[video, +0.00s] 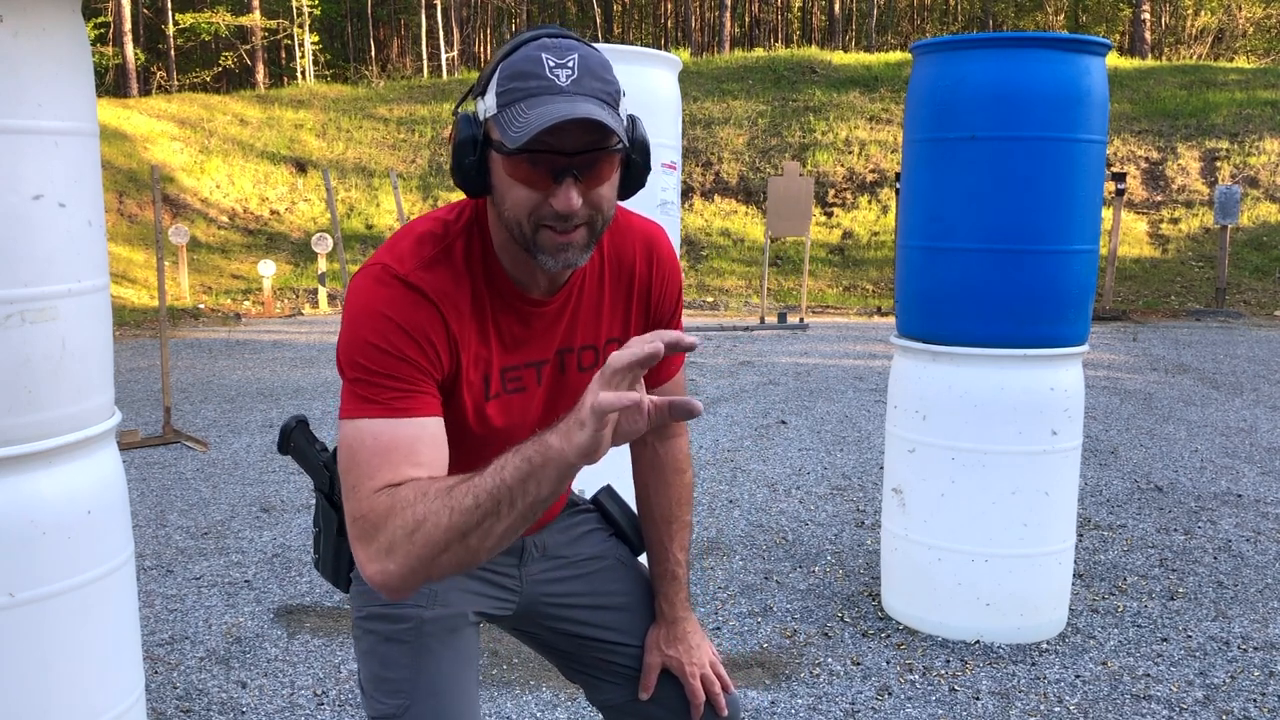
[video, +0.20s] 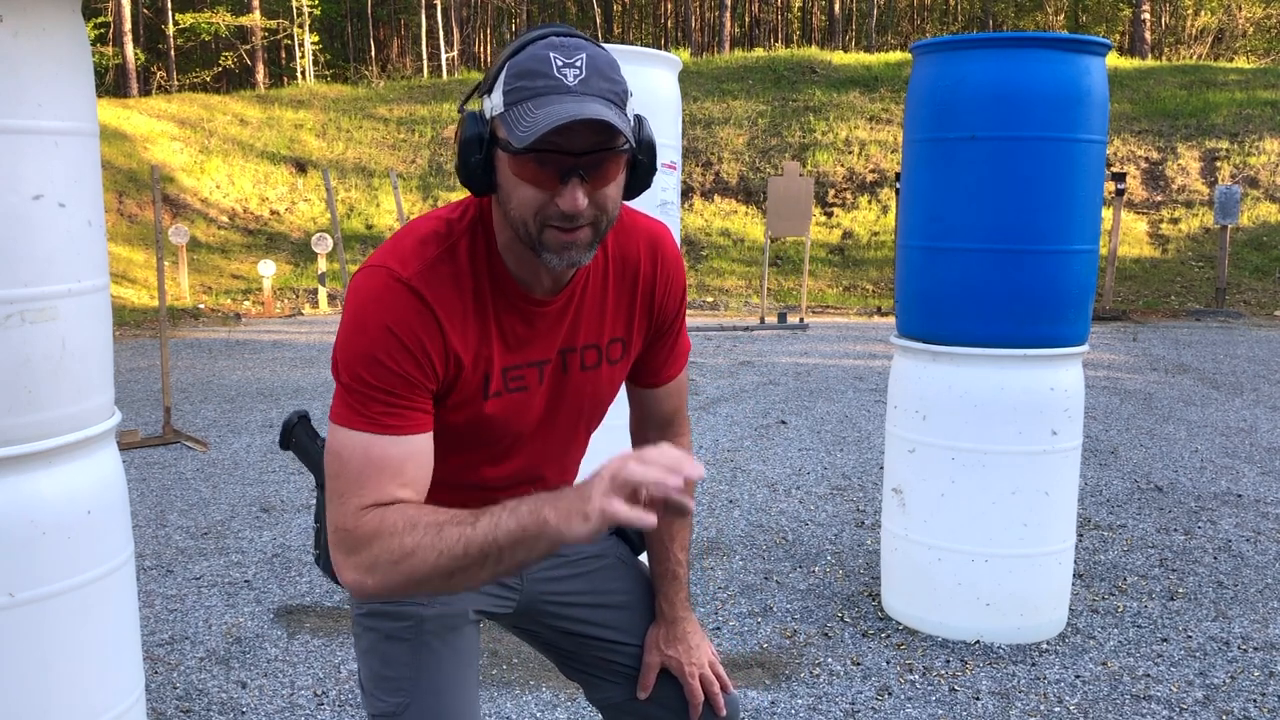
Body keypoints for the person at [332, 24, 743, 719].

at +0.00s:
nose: (568, 199)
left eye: (591, 165)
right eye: (537, 167)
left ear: (623, 162)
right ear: (482, 158)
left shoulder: (643, 257)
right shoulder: (398, 288)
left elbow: (662, 431)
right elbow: (391, 551)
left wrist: (675, 609)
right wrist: (574, 438)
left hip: (558, 532)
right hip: (421, 562)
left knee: (690, 702)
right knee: (431, 707)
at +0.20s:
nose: (573, 198)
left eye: (598, 163)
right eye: (544, 162)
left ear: (630, 161)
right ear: (491, 158)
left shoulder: (647, 260)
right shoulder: (400, 290)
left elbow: (663, 440)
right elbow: (367, 551)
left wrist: (675, 610)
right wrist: (572, 507)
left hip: (557, 541)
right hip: (418, 558)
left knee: (691, 704)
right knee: (430, 707)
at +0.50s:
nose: (586, 197)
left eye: (610, 164)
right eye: (559, 161)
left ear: (641, 167)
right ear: (501, 155)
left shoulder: (656, 264)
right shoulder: (405, 295)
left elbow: (670, 435)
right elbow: (344, 537)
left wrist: (679, 611)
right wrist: (526, 666)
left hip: (567, 532)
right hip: (434, 542)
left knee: (694, 703)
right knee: (440, 704)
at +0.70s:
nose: (607, 188)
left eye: (633, 157)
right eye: (583, 151)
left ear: (657, 165)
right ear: (511, 141)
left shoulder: (657, 262)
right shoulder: (407, 282)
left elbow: (669, 434)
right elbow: (321, 526)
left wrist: (679, 604)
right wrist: (528, 565)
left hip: (554, 520)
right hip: (415, 525)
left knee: (691, 704)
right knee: (433, 708)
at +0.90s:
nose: (612, 183)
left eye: (639, 154)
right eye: (591, 144)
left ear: (660, 164)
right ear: (522, 129)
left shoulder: (655, 256)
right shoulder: (408, 258)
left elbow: (667, 430)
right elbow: (323, 495)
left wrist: (673, 607)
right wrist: (543, 411)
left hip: (560, 528)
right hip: (421, 536)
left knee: (689, 704)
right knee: (428, 707)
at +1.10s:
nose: (616, 180)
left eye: (642, 152)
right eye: (596, 141)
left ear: (661, 162)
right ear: (522, 126)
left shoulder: (650, 253)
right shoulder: (414, 249)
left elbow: (663, 429)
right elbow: (339, 478)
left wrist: (671, 614)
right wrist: (547, 399)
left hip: (555, 529)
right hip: (417, 534)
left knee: (681, 703)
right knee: (424, 707)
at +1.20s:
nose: (618, 180)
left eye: (643, 152)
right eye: (597, 141)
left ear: (662, 162)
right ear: (526, 126)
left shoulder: (651, 255)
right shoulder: (416, 249)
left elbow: (662, 431)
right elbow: (339, 477)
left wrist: (669, 616)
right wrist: (548, 401)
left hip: (554, 530)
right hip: (415, 534)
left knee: (680, 703)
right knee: (424, 707)